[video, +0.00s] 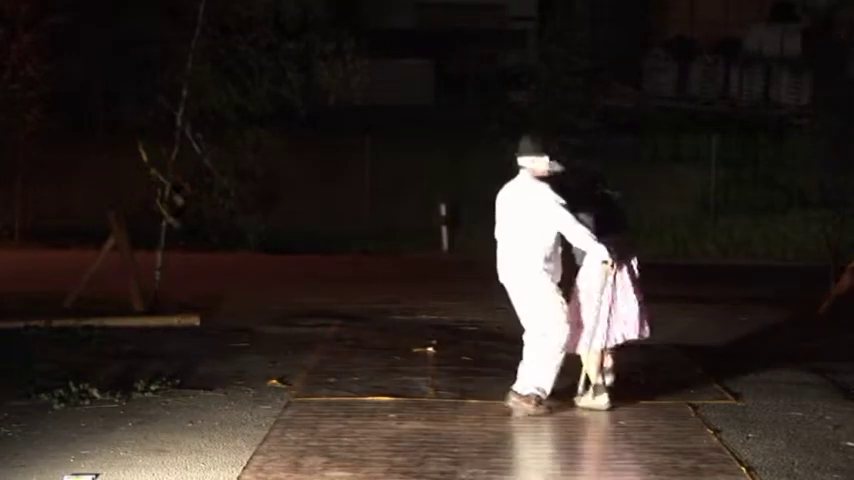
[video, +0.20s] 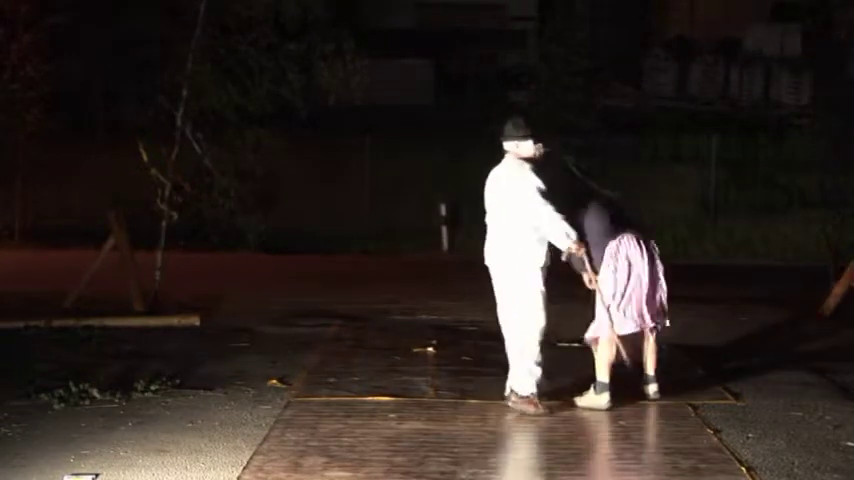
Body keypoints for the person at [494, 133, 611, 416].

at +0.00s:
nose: (550, 165)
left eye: (548, 160)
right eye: (547, 160)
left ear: (521, 162)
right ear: (538, 163)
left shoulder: (505, 192)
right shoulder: (543, 195)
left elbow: (500, 233)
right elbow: (570, 227)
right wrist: (601, 252)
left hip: (509, 272)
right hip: (535, 273)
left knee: (535, 328)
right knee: (557, 326)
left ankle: (522, 388)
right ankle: (533, 391)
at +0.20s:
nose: (536, 145)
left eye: (534, 139)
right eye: (530, 141)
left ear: (509, 145)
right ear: (515, 145)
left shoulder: (497, 175)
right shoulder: (522, 178)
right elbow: (542, 214)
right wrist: (571, 242)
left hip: (501, 260)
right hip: (521, 263)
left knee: (514, 320)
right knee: (530, 320)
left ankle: (517, 384)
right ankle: (524, 389)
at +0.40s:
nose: (516, 155)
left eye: (515, 149)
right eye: (510, 150)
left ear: (497, 151)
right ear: (493, 152)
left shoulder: (502, 181)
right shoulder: (485, 184)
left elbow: (506, 226)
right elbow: (496, 226)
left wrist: (528, 246)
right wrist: (527, 243)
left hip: (509, 268)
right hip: (496, 269)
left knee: (499, 325)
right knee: (522, 322)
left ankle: (469, 388)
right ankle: (518, 390)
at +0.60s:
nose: (491, 175)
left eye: (496, 167)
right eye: (484, 169)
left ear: (502, 168)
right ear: (470, 169)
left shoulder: (503, 197)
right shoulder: (458, 198)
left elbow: (521, 226)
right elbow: (442, 234)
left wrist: (532, 249)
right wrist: (480, 251)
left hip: (499, 273)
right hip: (467, 276)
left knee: (493, 331)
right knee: (503, 322)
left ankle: (469, 395)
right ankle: (525, 391)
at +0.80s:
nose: (468, 168)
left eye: (473, 162)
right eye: (461, 163)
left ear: (481, 162)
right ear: (453, 162)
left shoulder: (496, 188)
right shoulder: (441, 186)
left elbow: (529, 203)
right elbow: (403, 206)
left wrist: (543, 233)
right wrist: (433, 237)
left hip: (479, 268)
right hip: (445, 265)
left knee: (479, 323)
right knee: (461, 316)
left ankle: (467, 391)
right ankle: (479, 374)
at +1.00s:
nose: (449, 169)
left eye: (455, 163)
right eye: (443, 163)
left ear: (463, 163)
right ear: (433, 162)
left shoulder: (480, 190)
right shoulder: (415, 190)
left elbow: (513, 207)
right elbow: (372, 206)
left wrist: (520, 242)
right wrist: (385, 238)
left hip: (465, 277)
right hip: (426, 276)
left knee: (462, 336)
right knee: (416, 331)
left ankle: (458, 396)